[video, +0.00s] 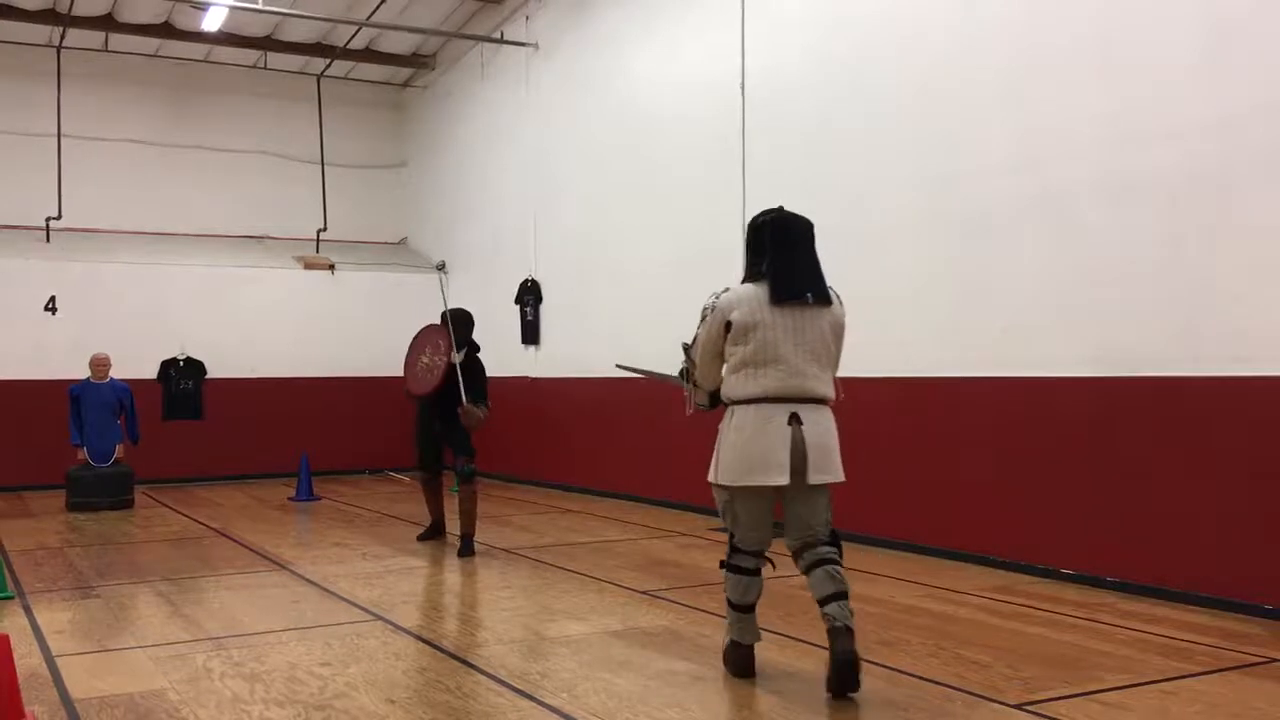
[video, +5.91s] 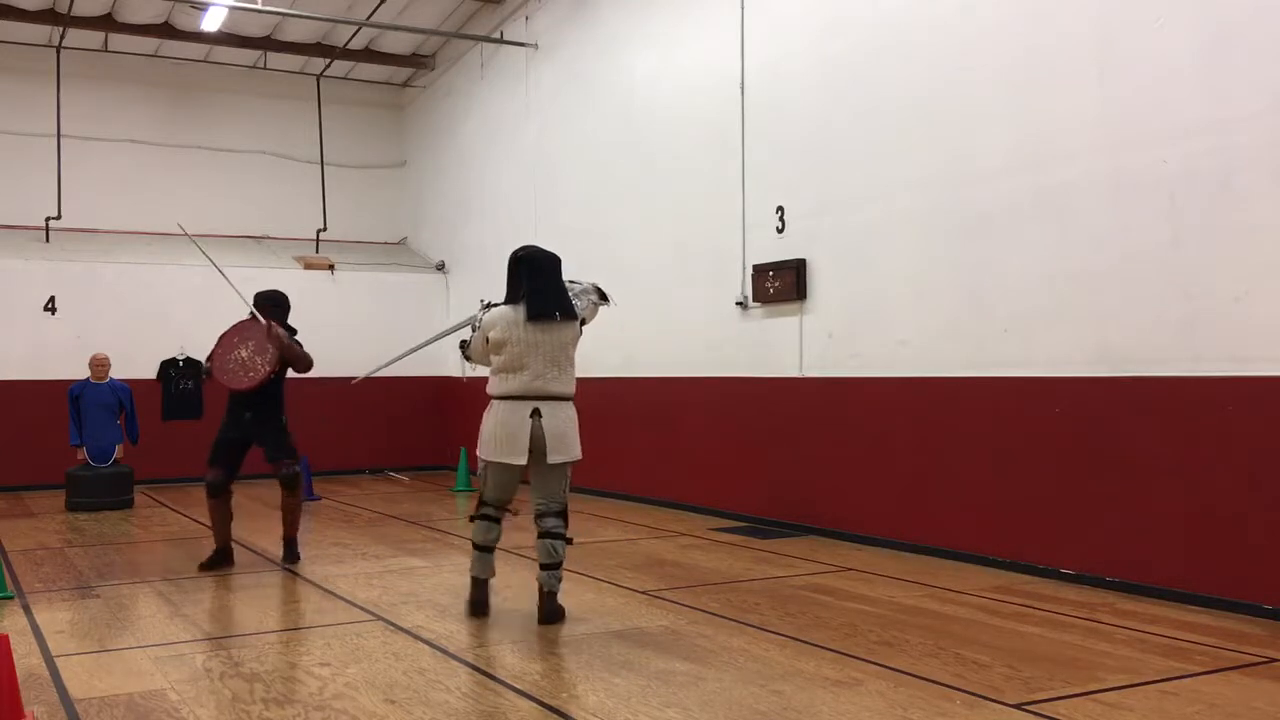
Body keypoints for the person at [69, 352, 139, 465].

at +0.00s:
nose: (101, 369)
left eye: (104, 365)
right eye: (97, 365)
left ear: (110, 367)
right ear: (90, 367)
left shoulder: (121, 389)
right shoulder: (78, 390)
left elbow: (130, 415)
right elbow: (75, 419)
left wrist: (133, 437)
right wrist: (78, 444)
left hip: (114, 444)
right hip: (88, 444)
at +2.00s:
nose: (100, 369)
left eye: (104, 366)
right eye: (96, 366)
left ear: (109, 367)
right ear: (90, 367)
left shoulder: (121, 389)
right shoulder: (77, 390)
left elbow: (130, 415)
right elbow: (75, 420)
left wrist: (133, 437)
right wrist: (78, 445)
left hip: (113, 444)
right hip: (87, 444)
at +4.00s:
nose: (100, 369)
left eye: (104, 366)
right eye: (96, 366)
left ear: (109, 367)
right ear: (90, 367)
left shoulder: (121, 389)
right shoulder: (77, 390)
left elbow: (130, 415)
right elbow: (74, 419)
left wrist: (133, 437)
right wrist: (78, 445)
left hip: (113, 444)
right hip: (88, 444)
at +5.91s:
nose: (100, 369)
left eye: (104, 366)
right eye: (96, 365)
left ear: (109, 367)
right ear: (89, 367)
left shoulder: (121, 389)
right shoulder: (77, 390)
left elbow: (130, 415)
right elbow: (74, 419)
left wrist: (133, 437)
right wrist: (77, 444)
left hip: (113, 444)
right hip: (87, 444)